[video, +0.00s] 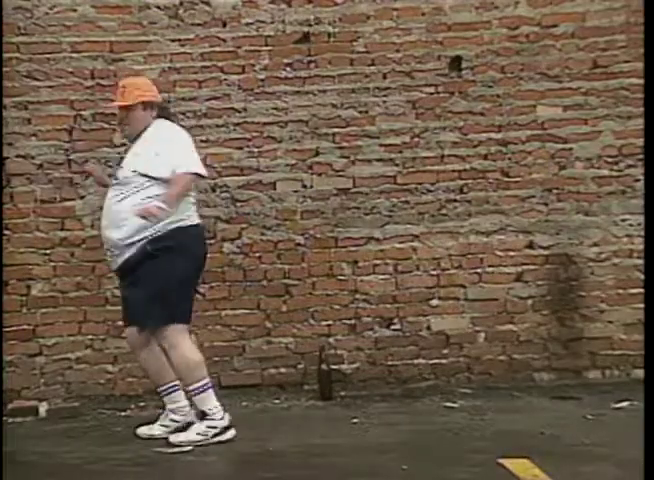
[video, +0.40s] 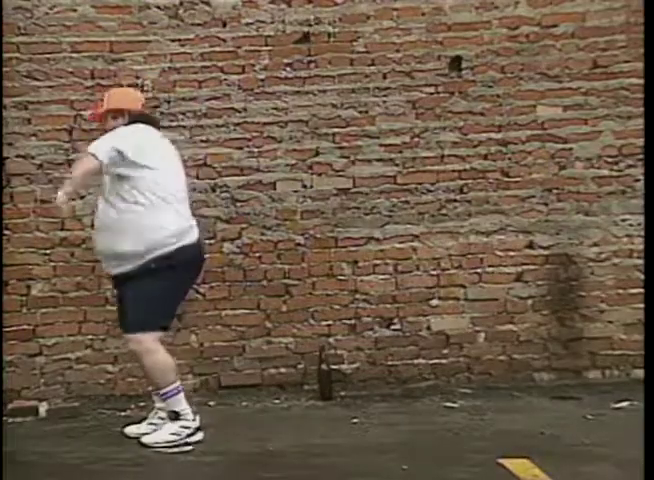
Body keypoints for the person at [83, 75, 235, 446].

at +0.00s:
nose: (120, 118)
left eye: (125, 110)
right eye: (119, 111)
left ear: (146, 108)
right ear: (134, 111)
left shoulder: (166, 133)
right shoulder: (140, 145)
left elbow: (187, 175)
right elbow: (139, 193)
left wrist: (165, 205)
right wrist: (108, 181)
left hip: (170, 243)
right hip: (141, 251)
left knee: (171, 331)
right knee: (139, 336)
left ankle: (214, 417)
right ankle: (179, 413)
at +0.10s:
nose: (112, 105)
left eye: (118, 97)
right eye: (111, 99)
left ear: (141, 94)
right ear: (123, 101)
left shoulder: (156, 117)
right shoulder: (127, 137)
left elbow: (147, 154)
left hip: (169, 235)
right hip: (137, 245)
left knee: (173, 325)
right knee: (143, 332)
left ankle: (209, 410)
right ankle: (179, 407)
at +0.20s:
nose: (105, 96)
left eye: (110, 88)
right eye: (105, 91)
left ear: (131, 84)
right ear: (122, 90)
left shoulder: (149, 106)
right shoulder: (126, 119)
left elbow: (106, 132)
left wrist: (68, 152)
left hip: (169, 222)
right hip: (140, 230)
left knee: (156, 313)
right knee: (149, 318)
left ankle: (195, 395)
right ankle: (171, 398)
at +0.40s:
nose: (102, 127)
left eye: (105, 121)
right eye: (102, 121)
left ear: (119, 117)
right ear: (133, 116)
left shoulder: (130, 137)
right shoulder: (146, 140)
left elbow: (85, 167)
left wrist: (66, 192)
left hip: (162, 256)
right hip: (142, 258)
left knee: (142, 338)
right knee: (142, 337)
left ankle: (183, 419)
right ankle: (167, 411)